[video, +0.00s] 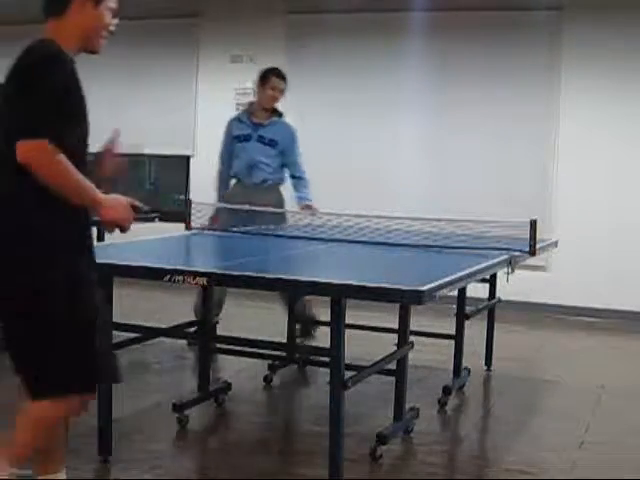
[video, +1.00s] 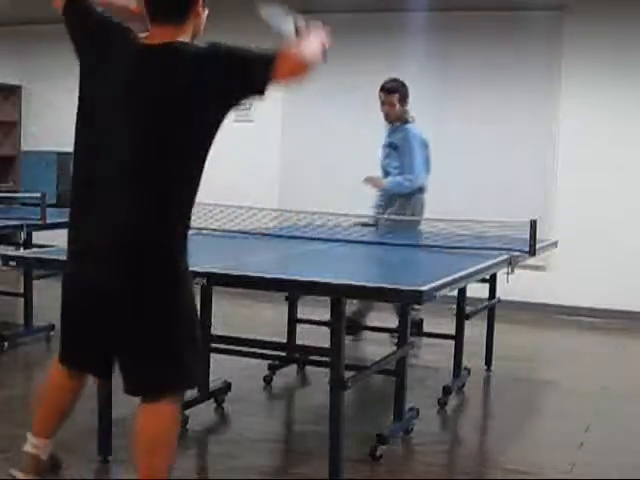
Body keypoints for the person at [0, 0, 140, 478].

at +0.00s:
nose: (111, 25)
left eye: (114, 17)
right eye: (109, 13)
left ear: (77, 11)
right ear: (79, 8)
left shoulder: (51, 64)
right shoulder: (46, 62)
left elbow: (42, 158)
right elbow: (34, 148)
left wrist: (94, 169)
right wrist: (98, 200)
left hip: (48, 247)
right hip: (38, 250)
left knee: (56, 381)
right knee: (73, 386)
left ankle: (51, 472)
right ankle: (10, 466)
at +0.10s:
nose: (130, 25)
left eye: (132, 16)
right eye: (127, 13)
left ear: (95, 11)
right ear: (100, 8)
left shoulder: (62, 60)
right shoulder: (67, 61)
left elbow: (81, 148)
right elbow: (41, 140)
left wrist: (126, 111)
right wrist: (109, 198)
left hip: (32, 246)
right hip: (58, 248)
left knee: (50, 376)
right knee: (102, 375)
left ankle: (48, 471)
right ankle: (75, 473)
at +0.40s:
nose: (178, 24)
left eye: (179, 15)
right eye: (177, 14)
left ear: (124, 15)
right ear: (162, 10)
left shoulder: (96, 63)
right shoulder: (130, 64)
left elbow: (148, 127)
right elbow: (115, 145)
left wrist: (171, 66)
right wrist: (185, 208)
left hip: (70, 241)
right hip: (110, 245)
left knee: (78, 374)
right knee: (142, 386)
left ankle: (55, 470)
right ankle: (144, 472)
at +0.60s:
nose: (201, 25)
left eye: (204, 17)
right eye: (202, 14)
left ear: (145, 12)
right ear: (191, 10)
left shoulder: (105, 61)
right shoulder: (182, 72)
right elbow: (190, 157)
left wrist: (186, 53)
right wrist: (251, 202)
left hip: (87, 237)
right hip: (144, 243)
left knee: (91, 373)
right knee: (156, 393)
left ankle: (62, 471)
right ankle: (146, 474)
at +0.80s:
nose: (208, 16)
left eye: (208, 11)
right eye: (209, 10)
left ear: (154, 9)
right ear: (202, 9)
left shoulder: (108, 61)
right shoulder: (206, 78)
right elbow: (243, 163)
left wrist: (190, 46)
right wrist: (292, 174)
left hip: (98, 242)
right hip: (163, 248)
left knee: (92, 369)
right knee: (160, 391)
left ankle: (62, 469)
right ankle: (151, 475)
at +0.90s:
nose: (209, 18)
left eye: (208, 13)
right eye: (211, 12)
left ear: (155, 11)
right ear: (205, 11)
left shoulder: (103, 56)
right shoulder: (210, 77)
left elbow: (63, 42)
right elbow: (283, 130)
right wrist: (309, 108)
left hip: (97, 248)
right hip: (164, 254)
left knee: (86, 367)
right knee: (159, 394)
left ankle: (50, 463)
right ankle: (150, 474)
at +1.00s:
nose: (205, 13)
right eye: (204, 8)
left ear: (142, 12)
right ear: (200, 12)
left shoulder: (105, 46)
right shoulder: (212, 65)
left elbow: (66, 1)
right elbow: (294, 62)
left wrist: (122, 11)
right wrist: (312, 38)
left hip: (89, 246)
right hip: (155, 254)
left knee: (72, 359)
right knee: (161, 389)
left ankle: (32, 458)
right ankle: (150, 474)